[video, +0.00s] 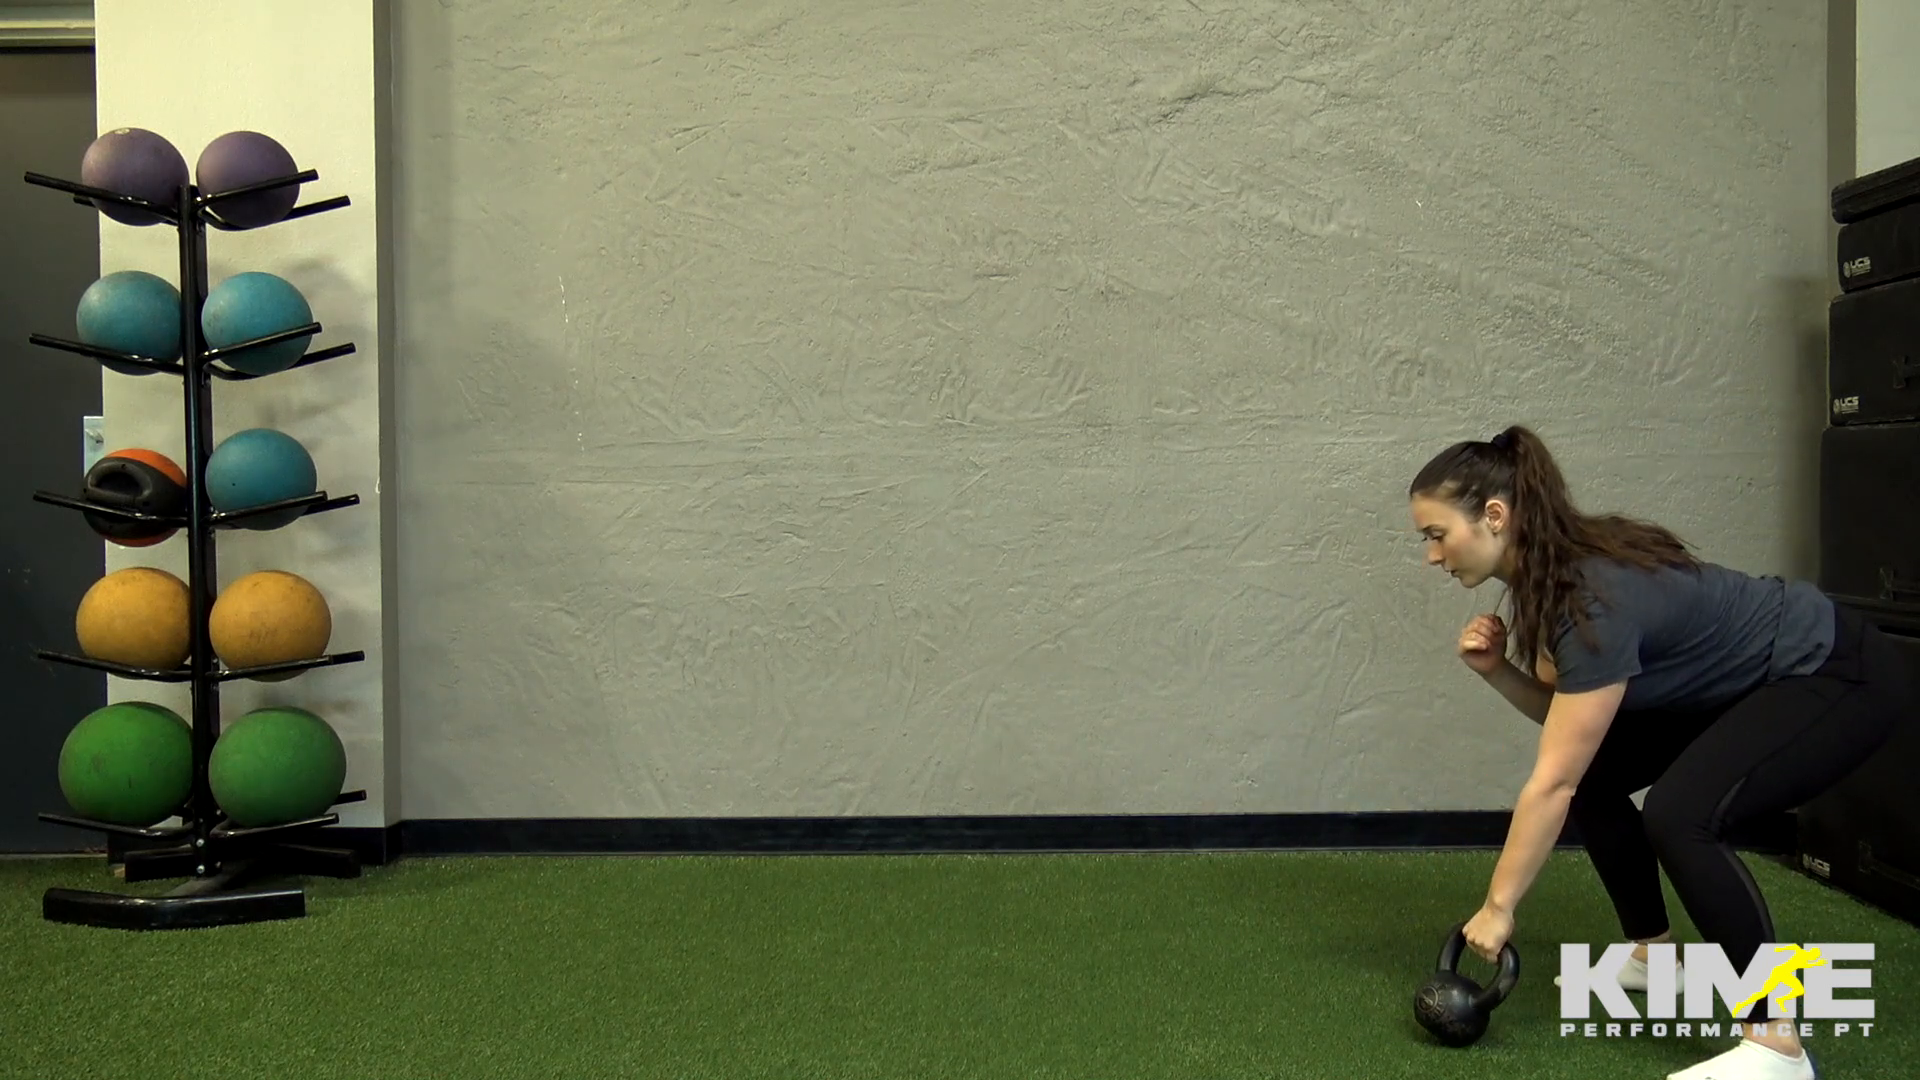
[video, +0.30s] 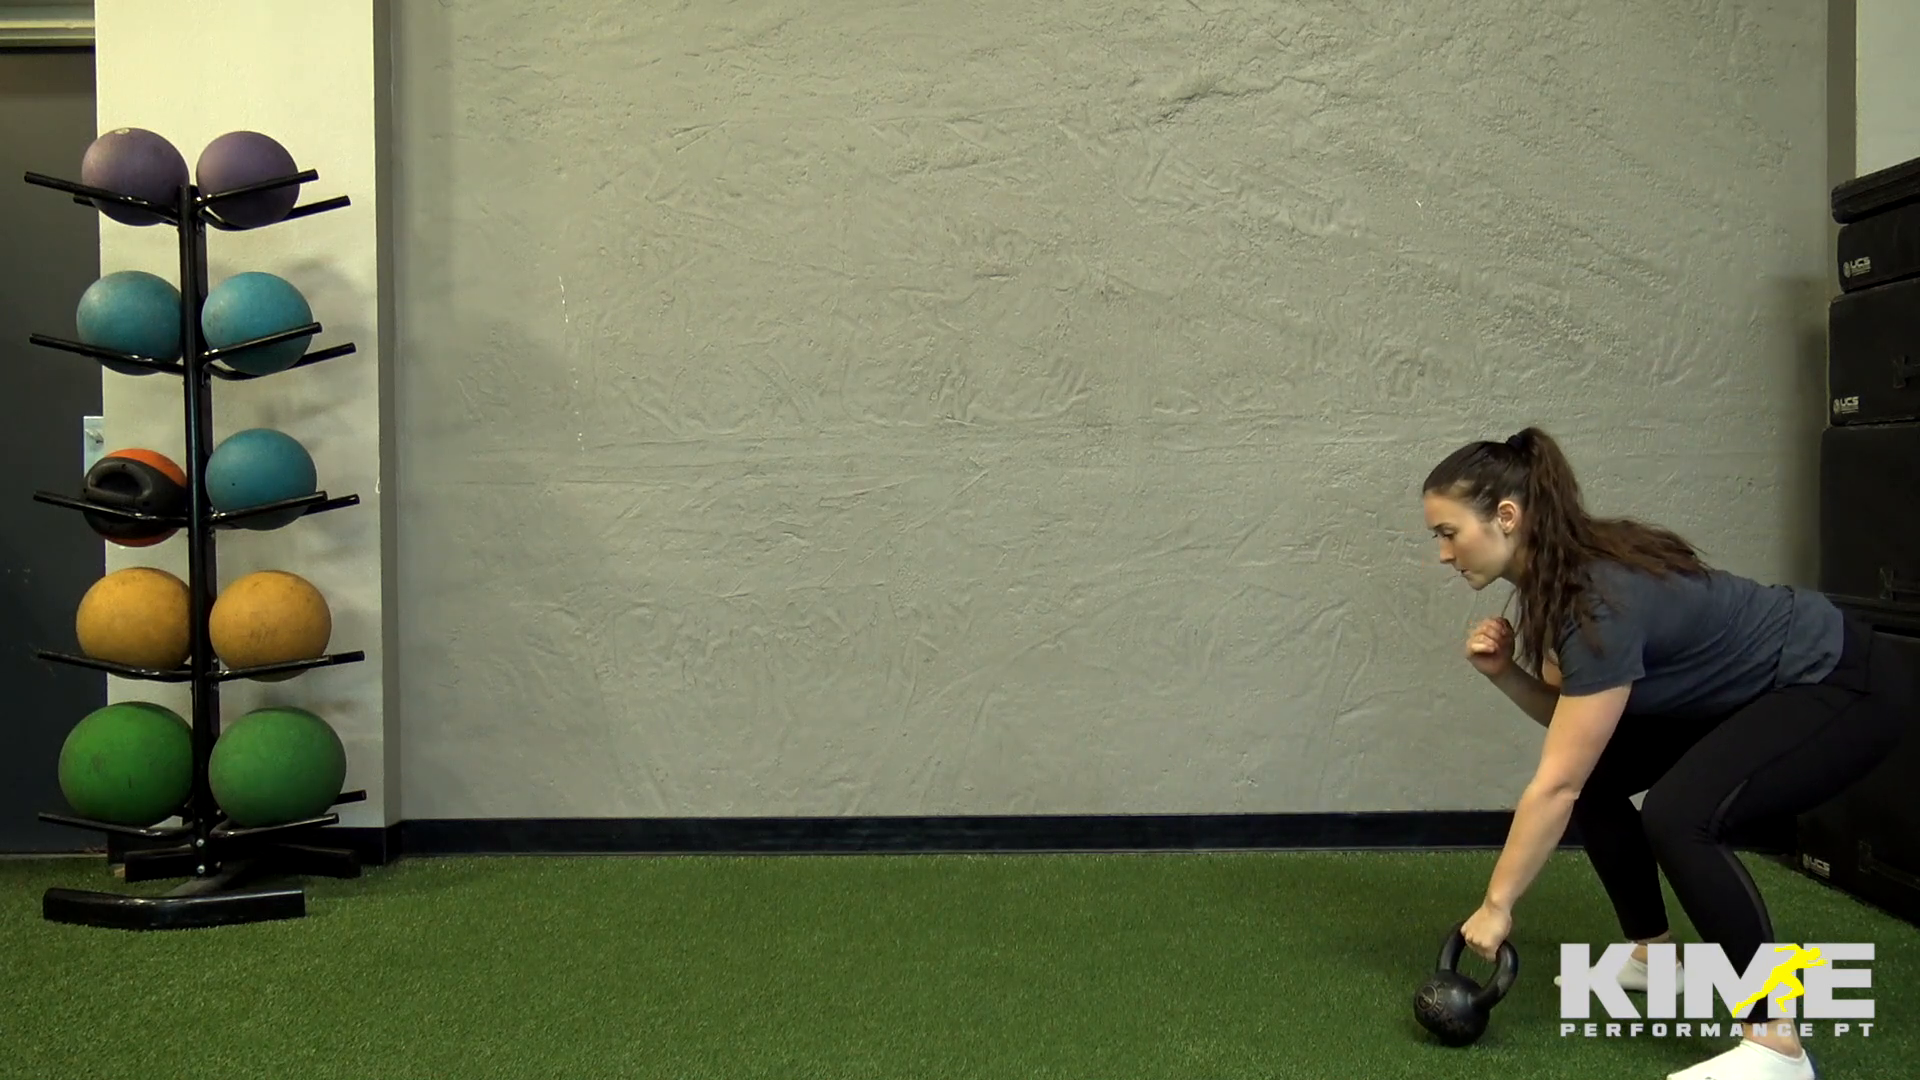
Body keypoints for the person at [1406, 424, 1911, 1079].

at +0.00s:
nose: (1432, 556)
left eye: (1437, 535)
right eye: (1425, 539)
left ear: (1496, 515)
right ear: (1495, 517)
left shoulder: (1596, 599)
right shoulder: (1558, 575)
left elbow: (1554, 785)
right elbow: (1566, 714)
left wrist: (1497, 909)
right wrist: (1499, 672)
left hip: (1839, 671)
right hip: (1762, 668)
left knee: (1679, 815)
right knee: (1588, 775)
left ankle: (1778, 1038)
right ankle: (1654, 955)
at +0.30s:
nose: (1443, 554)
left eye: (1448, 534)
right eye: (1437, 537)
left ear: (1507, 516)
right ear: (1506, 519)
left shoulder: (1602, 601)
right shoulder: (1563, 578)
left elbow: (1558, 786)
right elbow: (1569, 714)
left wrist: (1496, 907)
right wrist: (1507, 675)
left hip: (1843, 681)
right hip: (1767, 674)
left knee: (1679, 819)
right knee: (1591, 775)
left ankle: (1777, 1038)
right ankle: (1655, 957)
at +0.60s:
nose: (1445, 465)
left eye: (1453, 445)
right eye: (1443, 448)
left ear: (1517, 438)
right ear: (1516, 441)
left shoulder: (1600, 526)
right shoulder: (1566, 517)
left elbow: (1619, 710)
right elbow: (1594, 657)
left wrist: (1602, 824)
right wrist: (1511, 616)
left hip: (1829, 648)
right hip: (1754, 652)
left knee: (1688, 810)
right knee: (1586, 772)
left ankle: (1780, 1036)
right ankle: (1649, 962)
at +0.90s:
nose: (1450, 388)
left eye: (1465, 372)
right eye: (1453, 372)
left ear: (1527, 384)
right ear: (1522, 387)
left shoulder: (1585, 493)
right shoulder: (1551, 483)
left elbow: (1687, 637)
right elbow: (1565, 601)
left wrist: (1749, 731)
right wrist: (1495, 574)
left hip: (1806, 628)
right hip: (1734, 629)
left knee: (1693, 818)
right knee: (1585, 775)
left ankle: (1782, 1037)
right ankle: (1655, 960)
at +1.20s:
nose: (1543, 254)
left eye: (1561, 237)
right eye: (1547, 238)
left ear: (1626, 243)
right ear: (1613, 246)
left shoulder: (1667, 353)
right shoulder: (1615, 355)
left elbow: (1684, 529)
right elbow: (1612, 501)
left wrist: (1660, 646)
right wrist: (1535, 462)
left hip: (1778, 582)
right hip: (1700, 585)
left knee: (1711, 794)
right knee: (1601, 769)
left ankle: (1783, 1032)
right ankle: (1657, 961)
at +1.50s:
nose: (1649, 197)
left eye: (1666, 176)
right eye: (1648, 180)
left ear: (1734, 177)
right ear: (1709, 184)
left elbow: (1766, 437)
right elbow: (1625, 456)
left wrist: (1627, 372)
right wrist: (1579, 395)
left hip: (1739, 564)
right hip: (1650, 569)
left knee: (1733, 789)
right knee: (1658, 784)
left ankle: (1787, 1029)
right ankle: (1655, 968)